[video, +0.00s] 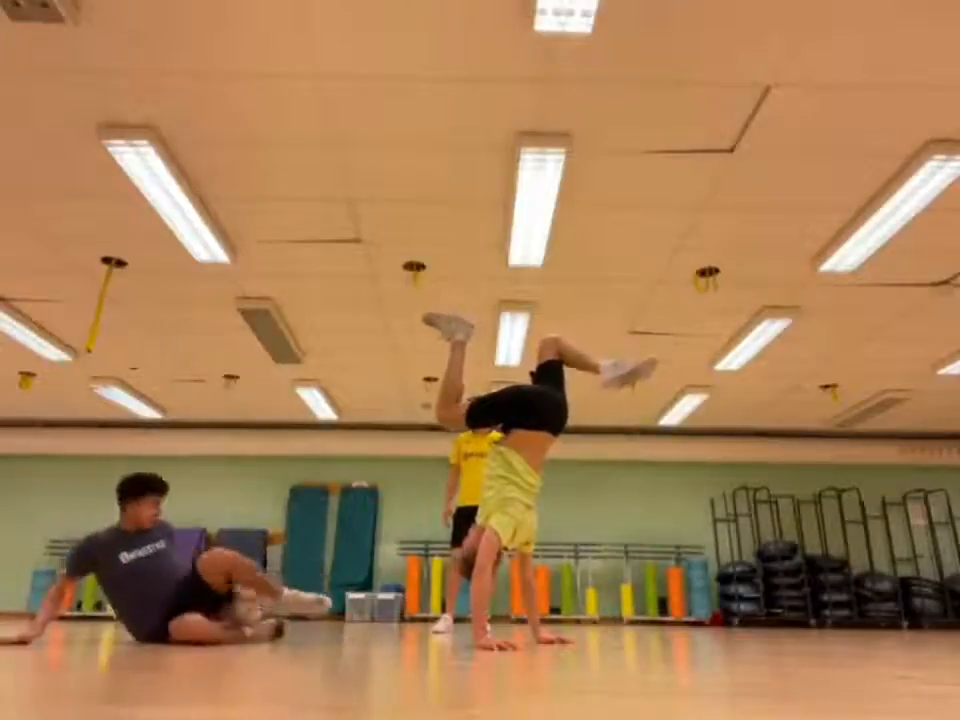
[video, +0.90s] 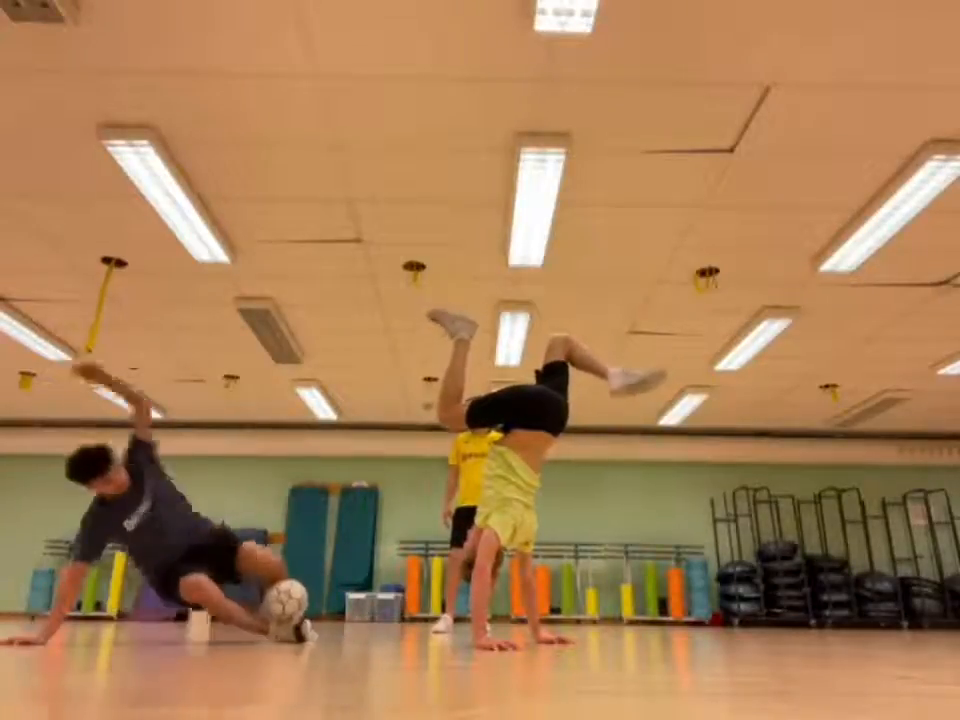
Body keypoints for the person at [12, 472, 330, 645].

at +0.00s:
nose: (159, 512)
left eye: (159, 506)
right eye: (153, 506)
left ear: (153, 507)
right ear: (129, 506)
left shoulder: (162, 532)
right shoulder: (96, 547)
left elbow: (175, 575)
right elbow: (60, 591)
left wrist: (222, 606)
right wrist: (35, 632)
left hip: (187, 592)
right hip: (158, 621)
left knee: (221, 557)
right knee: (198, 628)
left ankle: (280, 597)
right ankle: (252, 632)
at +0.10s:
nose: (163, 517)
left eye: (164, 509)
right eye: (158, 508)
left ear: (154, 509)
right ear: (134, 507)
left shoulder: (164, 536)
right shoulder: (103, 545)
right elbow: (60, 584)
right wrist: (37, 629)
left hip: (190, 596)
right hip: (157, 623)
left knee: (216, 536)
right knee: (193, 617)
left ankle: (260, 583)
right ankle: (260, 631)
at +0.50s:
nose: (165, 515)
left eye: (166, 508)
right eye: (158, 508)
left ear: (162, 506)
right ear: (135, 508)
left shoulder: (170, 530)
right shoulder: (103, 541)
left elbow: (194, 567)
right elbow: (65, 579)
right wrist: (35, 630)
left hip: (186, 591)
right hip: (146, 617)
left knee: (255, 557)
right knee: (179, 613)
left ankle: (280, 605)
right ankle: (256, 626)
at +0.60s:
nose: (171, 511)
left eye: (171, 504)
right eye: (164, 505)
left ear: (166, 504)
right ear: (143, 505)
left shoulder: (180, 524)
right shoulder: (111, 536)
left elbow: (214, 555)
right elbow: (72, 575)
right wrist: (44, 627)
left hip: (201, 589)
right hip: (153, 613)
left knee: (269, 566)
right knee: (183, 609)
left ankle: (274, 620)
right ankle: (254, 632)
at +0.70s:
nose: (171, 506)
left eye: (171, 499)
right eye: (163, 501)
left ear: (169, 500)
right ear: (141, 503)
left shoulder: (184, 518)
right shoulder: (115, 535)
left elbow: (231, 524)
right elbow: (73, 576)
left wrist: (276, 526)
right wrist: (48, 631)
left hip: (203, 586)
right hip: (157, 612)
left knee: (269, 569)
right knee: (194, 611)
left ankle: (285, 622)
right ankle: (261, 633)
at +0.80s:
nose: (153, 497)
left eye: (153, 489)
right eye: (143, 494)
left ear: (157, 485)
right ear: (123, 498)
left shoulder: (174, 498)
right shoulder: (110, 529)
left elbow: (218, 475)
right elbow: (73, 574)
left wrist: (237, 445)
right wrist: (48, 631)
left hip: (207, 577)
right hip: (165, 603)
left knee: (273, 571)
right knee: (199, 608)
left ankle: (284, 615)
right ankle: (270, 634)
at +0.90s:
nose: (114, 485)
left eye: (111, 476)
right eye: (104, 485)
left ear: (115, 465)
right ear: (95, 487)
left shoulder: (141, 461)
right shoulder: (99, 519)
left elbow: (143, 405)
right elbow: (73, 575)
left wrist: (104, 378)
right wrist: (47, 633)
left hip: (204, 539)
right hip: (171, 569)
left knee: (266, 560)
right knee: (200, 589)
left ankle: (290, 611)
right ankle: (275, 632)